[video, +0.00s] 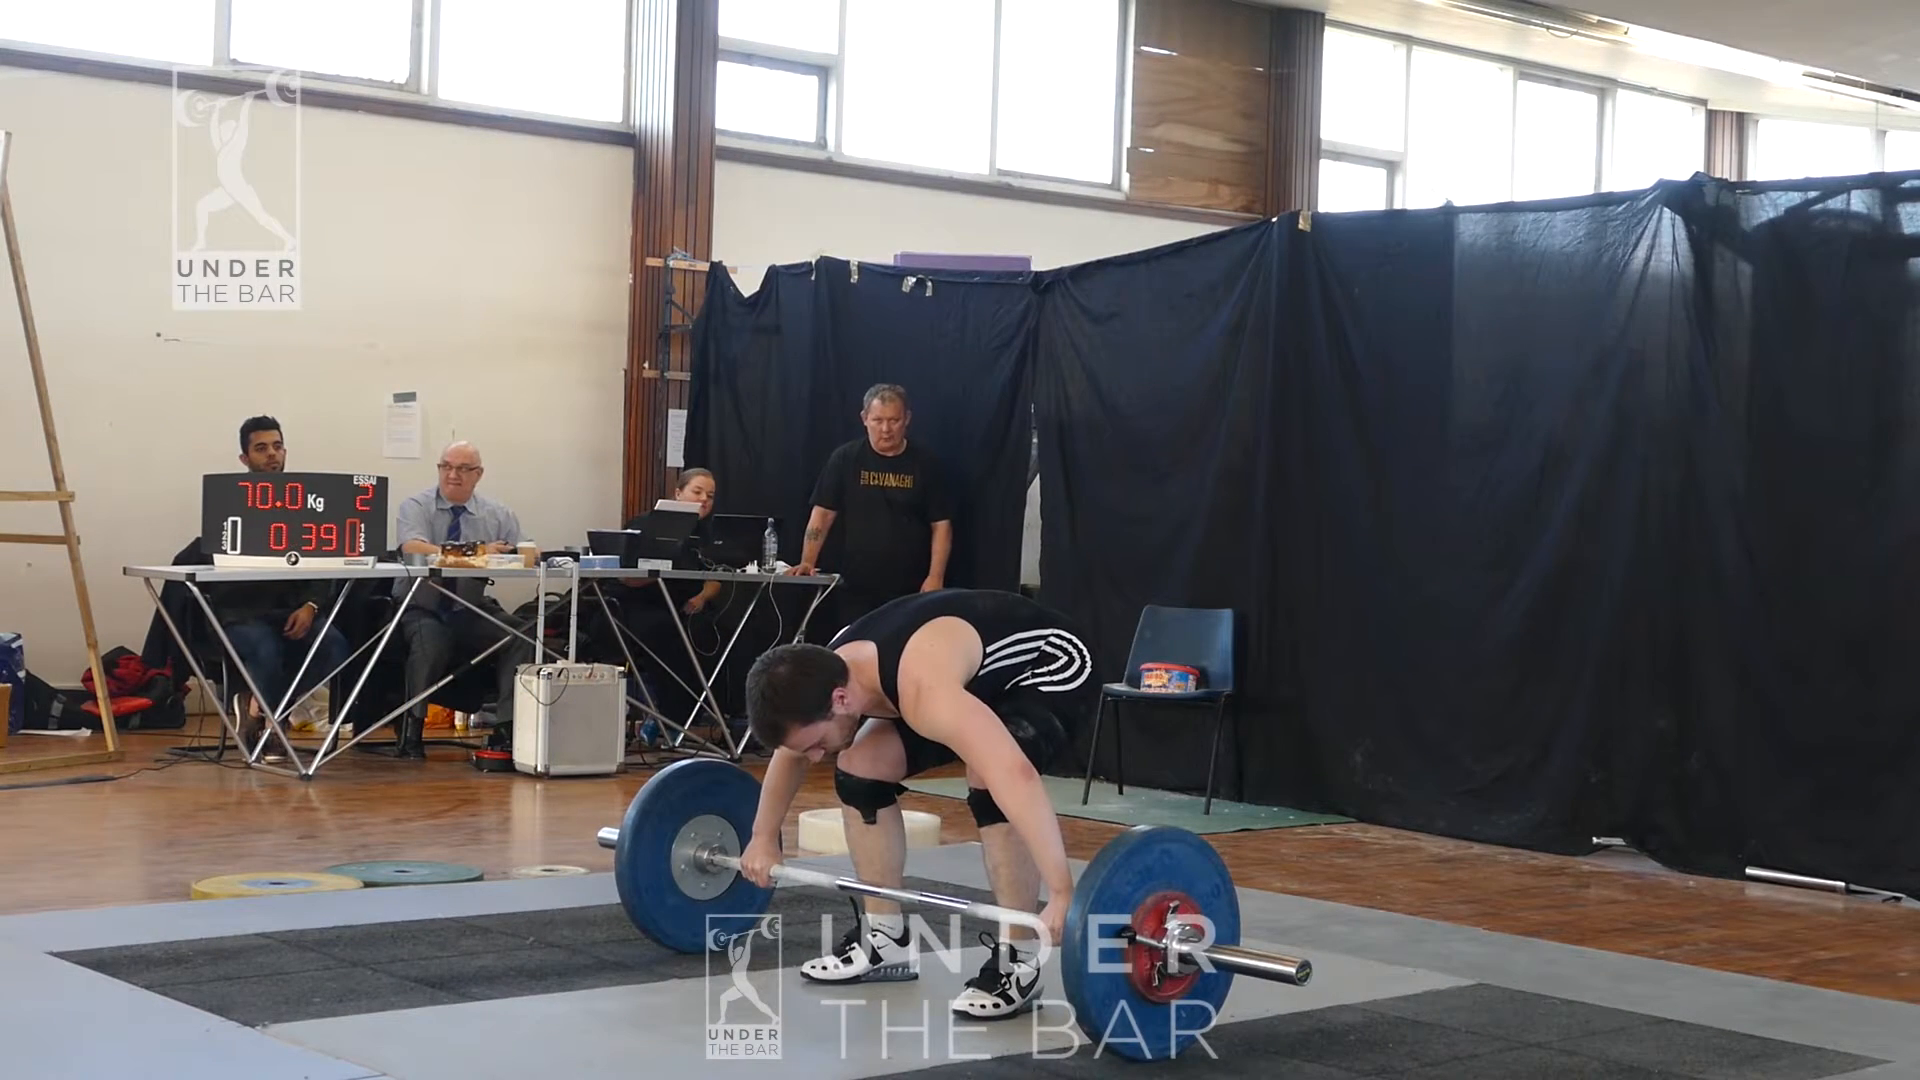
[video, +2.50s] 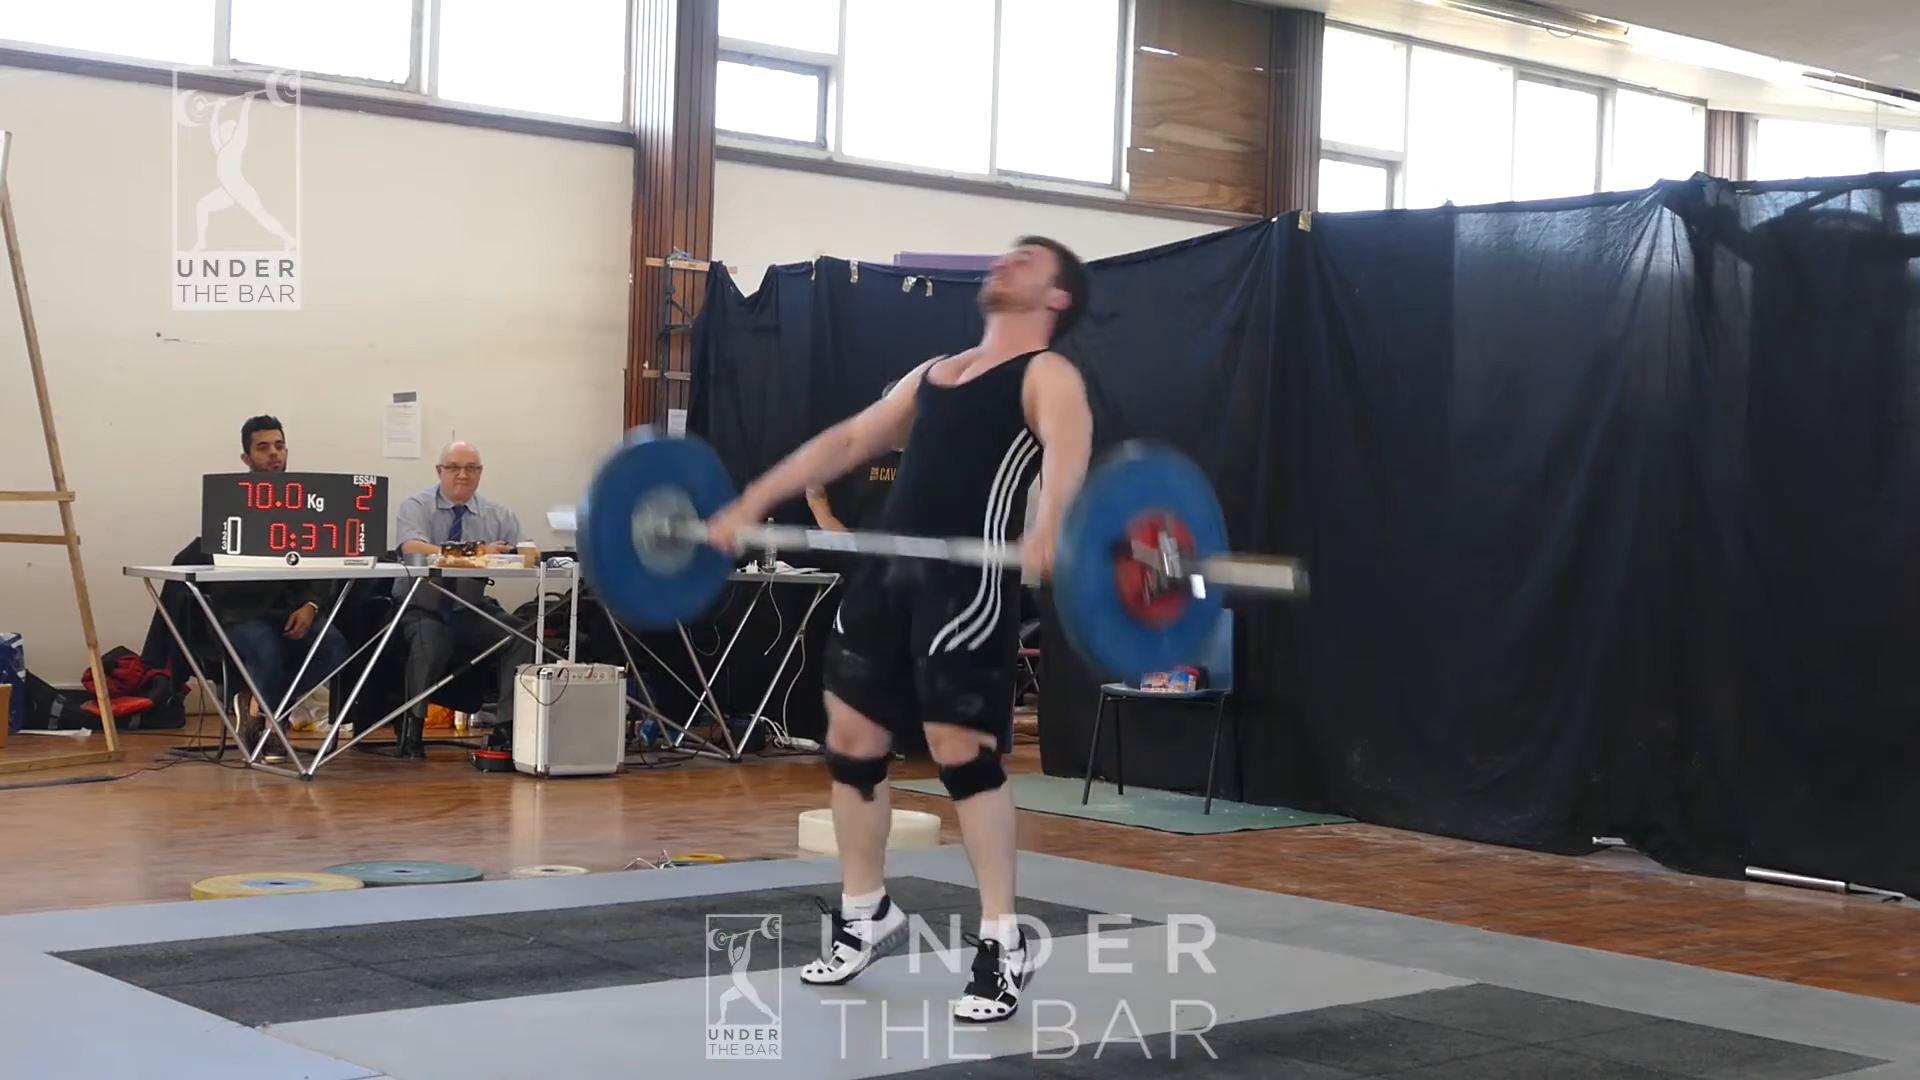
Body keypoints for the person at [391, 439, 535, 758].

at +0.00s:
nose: (453, 475)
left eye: (463, 469)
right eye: (446, 467)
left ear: (479, 475)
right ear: (438, 470)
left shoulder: (500, 514)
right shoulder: (416, 506)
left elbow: (530, 556)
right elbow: (412, 548)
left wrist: (503, 552)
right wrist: (466, 555)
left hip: (475, 608)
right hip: (423, 608)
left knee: (519, 637)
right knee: (430, 643)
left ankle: (507, 731)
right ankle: (412, 734)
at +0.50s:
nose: (453, 474)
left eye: (463, 468)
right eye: (446, 466)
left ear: (479, 474)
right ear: (438, 469)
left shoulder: (499, 514)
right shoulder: (416, 505)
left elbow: (530, 555)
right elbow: (411, 546)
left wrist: (501, 552)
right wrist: (464, 554)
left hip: (475, 608)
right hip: (423, 607)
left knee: (519, 638)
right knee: (430, 643)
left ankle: (507, 731)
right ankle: (412, 734)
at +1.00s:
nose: (453, 474)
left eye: (463, 468)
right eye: (447, 466)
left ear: (479, 474)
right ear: (438, 469)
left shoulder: (499, 514)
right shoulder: (416, 505)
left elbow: (530, 555)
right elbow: (411, 547)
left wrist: (503, 552)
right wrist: (464, 554)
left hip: (475, 608)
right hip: (423, 607)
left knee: (519, 638)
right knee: (430, 643)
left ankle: (507, 731)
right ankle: (412, 734)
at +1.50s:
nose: (457, 474)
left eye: (467, 468)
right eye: (449, 467)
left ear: (480, 474)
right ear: (438, 471)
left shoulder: (500, 515)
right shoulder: (416, 505)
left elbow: (531, 556)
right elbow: (411, 548)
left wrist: (502, 552)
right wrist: (467, 554)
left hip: (474, 609)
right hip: (423, 608)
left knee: (520, 637)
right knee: (431, 644)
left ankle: (508, 730)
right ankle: (412, 733)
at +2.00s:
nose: (461, 475)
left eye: (470, 469)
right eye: (452, 468)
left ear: (481, 474)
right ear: (438, 471)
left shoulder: (500, 515)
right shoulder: (417, 505)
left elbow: (530, 555)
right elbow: (412, 548)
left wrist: (500, 553)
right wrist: (468, 554)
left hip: (475, 609)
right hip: (424, 608)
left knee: (520, 637)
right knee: (431, 644)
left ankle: (508, 730)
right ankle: (412, 733)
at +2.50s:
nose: (462, 475)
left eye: (471, 468)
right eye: (453, 468)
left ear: (480, 473)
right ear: (439, 472)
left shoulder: (499, 514)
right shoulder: (416, 506)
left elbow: (529, 556)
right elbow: (411, 549)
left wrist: (500, 552)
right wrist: (468, 553)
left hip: (475, 608)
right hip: (424, 608)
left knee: (519, 639)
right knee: (431, 642)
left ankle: (507, 730)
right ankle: (412, 732)